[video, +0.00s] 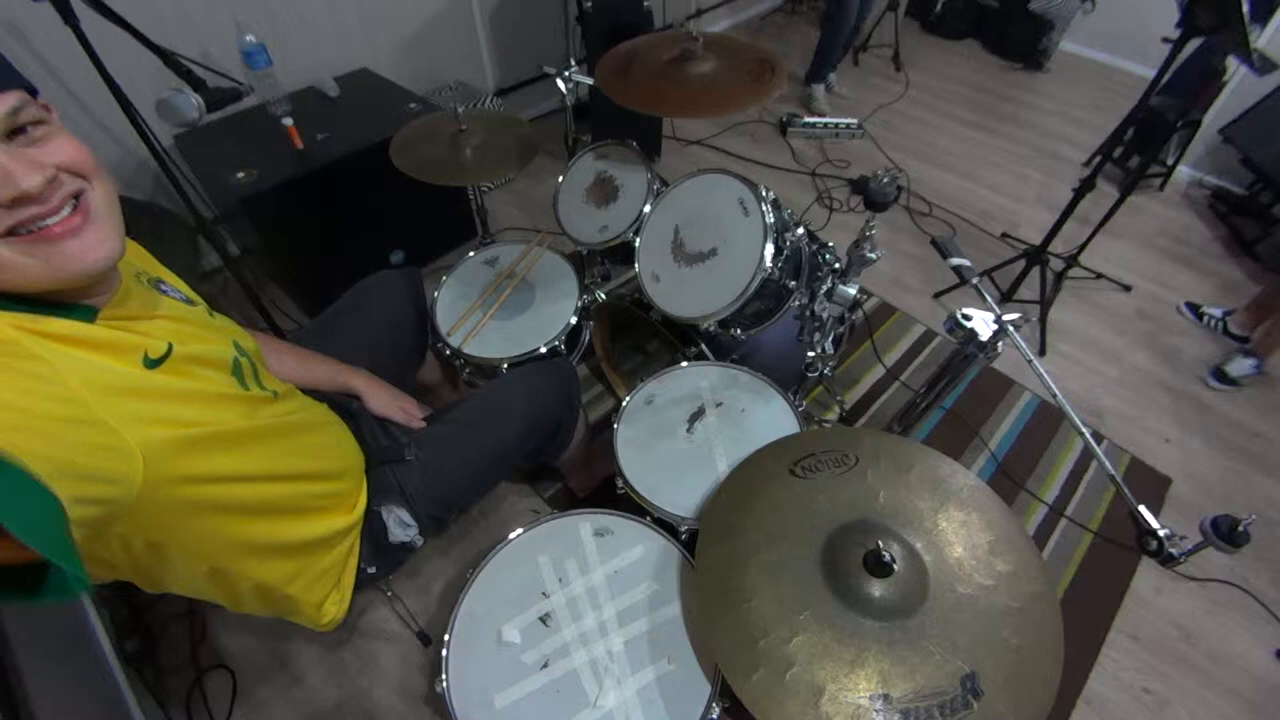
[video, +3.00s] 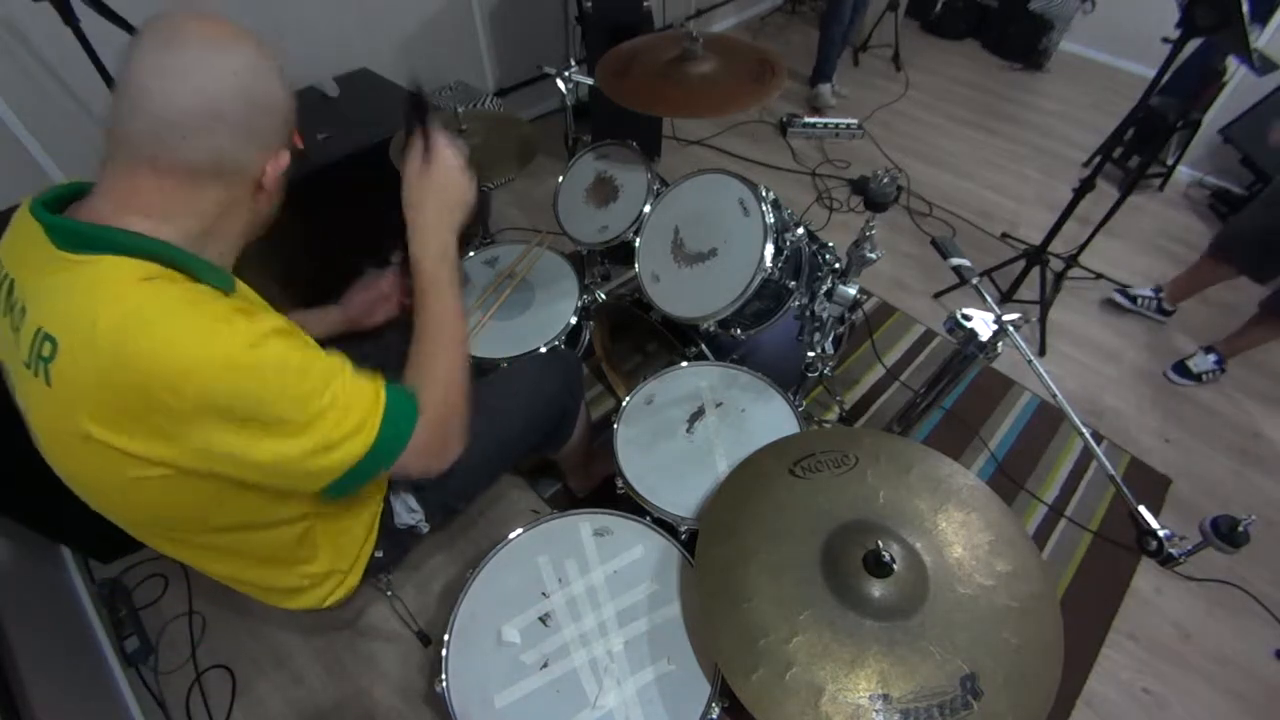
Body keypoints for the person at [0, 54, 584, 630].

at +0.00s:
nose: (29, 179)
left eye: (25, 128)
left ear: (67, 129)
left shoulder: (104, 262)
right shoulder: (37, 434)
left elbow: (227, 347)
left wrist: (357, 382)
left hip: (287, 406)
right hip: (350, 517)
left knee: (404, 290)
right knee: (550, 381)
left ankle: (413, 408)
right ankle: (575, 471)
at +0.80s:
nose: (93, 183)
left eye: (71, 144)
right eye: (23, 188)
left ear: (85, 135)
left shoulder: (84, 291)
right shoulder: (84, 473)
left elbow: (195, 338)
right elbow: (306, 578)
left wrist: (355, 320)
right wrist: (403, 397)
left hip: (276, 405)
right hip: (341, 529)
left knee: (400, 288)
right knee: (551, 385)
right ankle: (581, 475)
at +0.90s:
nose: (135, 170)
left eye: (113, 137)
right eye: (74, 175)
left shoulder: (75, 289)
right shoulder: (96, 451)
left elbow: (192, 341)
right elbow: (343, 527)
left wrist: (352, 312)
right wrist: (365, 317)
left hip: (268, 404)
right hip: (341, 530)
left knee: (395, 328)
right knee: (550, 383)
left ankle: (427, 403)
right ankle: (575, 467)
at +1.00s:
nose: (173, 168)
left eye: (153, 139)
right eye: (118, 165)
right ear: (12, 226)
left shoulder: (73, 272)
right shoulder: (117, 422)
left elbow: (201, 339)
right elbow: (384, 467)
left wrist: (352, 318)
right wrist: (332, 267)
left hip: (267, 408)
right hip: (337, 526)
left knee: (394, 331)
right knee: (553, 384)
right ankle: (575, 473)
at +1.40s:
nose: (247, 149)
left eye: (236, 123)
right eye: (210, 138)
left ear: (96, 171)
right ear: (99, 170)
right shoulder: (175, 359)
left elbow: (230, 330)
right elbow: (415, 423)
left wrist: (372, 322)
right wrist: (362, 237)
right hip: (338, 527)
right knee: (556, 373)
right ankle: (580, 472)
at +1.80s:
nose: (299, 173)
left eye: (294, 153)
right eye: (282, 156)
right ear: (195, 163)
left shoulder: (40, 221)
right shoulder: (215, 351)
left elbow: (217, 331)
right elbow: (411, 439)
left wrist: (371, 325)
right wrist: (396, 256)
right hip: (339, 531)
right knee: (553, 366)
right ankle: (576, 469)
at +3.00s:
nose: (285, 163)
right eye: (286, 150)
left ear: (125, 119)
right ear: (271, 174)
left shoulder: (35, 231)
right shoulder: (202, 356)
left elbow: (187, 334)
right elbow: (434, 442)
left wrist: (340, 318)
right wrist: (436, 234)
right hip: (338, 533)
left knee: (437, 313)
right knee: (556, 367)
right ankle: (582, 473)